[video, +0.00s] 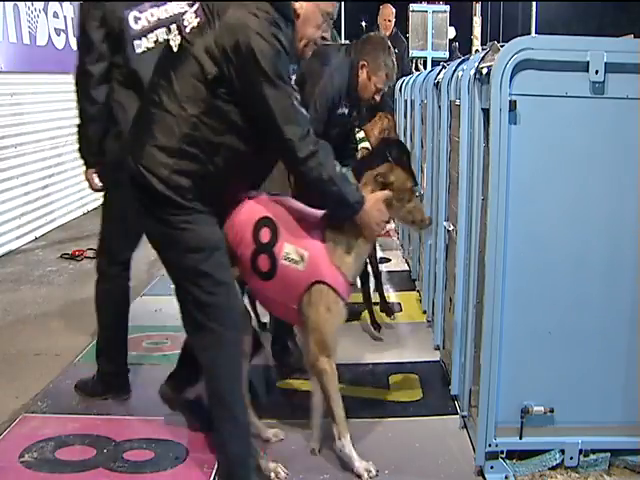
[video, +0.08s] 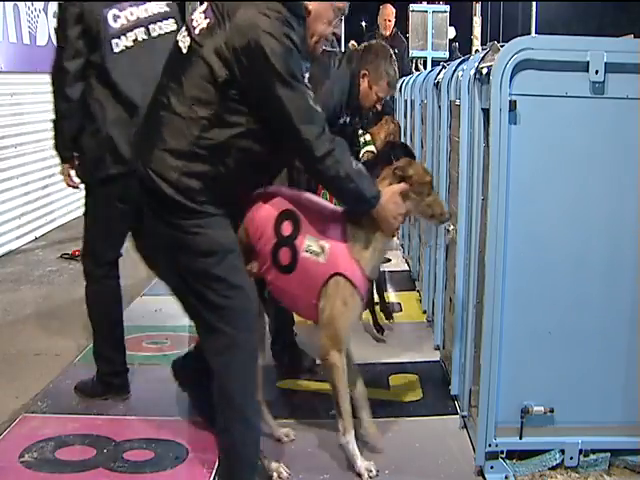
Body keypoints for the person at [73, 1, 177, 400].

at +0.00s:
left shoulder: (103, 7)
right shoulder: (198, 5)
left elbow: (94, 78)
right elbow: (220, 64)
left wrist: (91, 153)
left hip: (133, 152)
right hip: (190, 145)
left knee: (112, 264)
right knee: (197, 266)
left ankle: (113, 375)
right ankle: (190, 374)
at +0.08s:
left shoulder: (80, 7)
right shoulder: (172, 4)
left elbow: (69, 79)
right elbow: (199, 61)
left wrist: (66, 148)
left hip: (112, 155)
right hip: (171, 147)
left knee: (101, 268)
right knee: (177, 259)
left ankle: (112, 376)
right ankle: (220, 347)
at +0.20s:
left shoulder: (53, 6)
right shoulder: (135, 3)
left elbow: (37, 71)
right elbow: (152, 54)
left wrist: (24, 139)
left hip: (86, 143)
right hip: (132, 134)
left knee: (89, 264)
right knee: (101, 236)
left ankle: (112, 376)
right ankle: (155, 317)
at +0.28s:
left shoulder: (36, 6)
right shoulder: (118, 4)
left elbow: (18, 69)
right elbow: (133, 51)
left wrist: (1, 135)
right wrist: (114, 109)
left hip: (72, 138)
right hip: (115, 132)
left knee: (84, 260)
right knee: (76, 239)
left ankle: (113, 375)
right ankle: (104, 343)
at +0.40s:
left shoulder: (14, 9)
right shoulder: (89, 5)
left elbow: (3, 63)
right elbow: (105, 59)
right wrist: (101, 128)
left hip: (45, 139)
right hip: (90, 133)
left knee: (73, 261)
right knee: (43, 245)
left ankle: (113, 374)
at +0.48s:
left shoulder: (8, 13)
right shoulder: (69, 6)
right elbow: (86, 70)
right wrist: (86, 142)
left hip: (22, 145)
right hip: (64, 141)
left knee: (58, 265)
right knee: (24, 259)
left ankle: (110, 369)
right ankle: (10, 359)